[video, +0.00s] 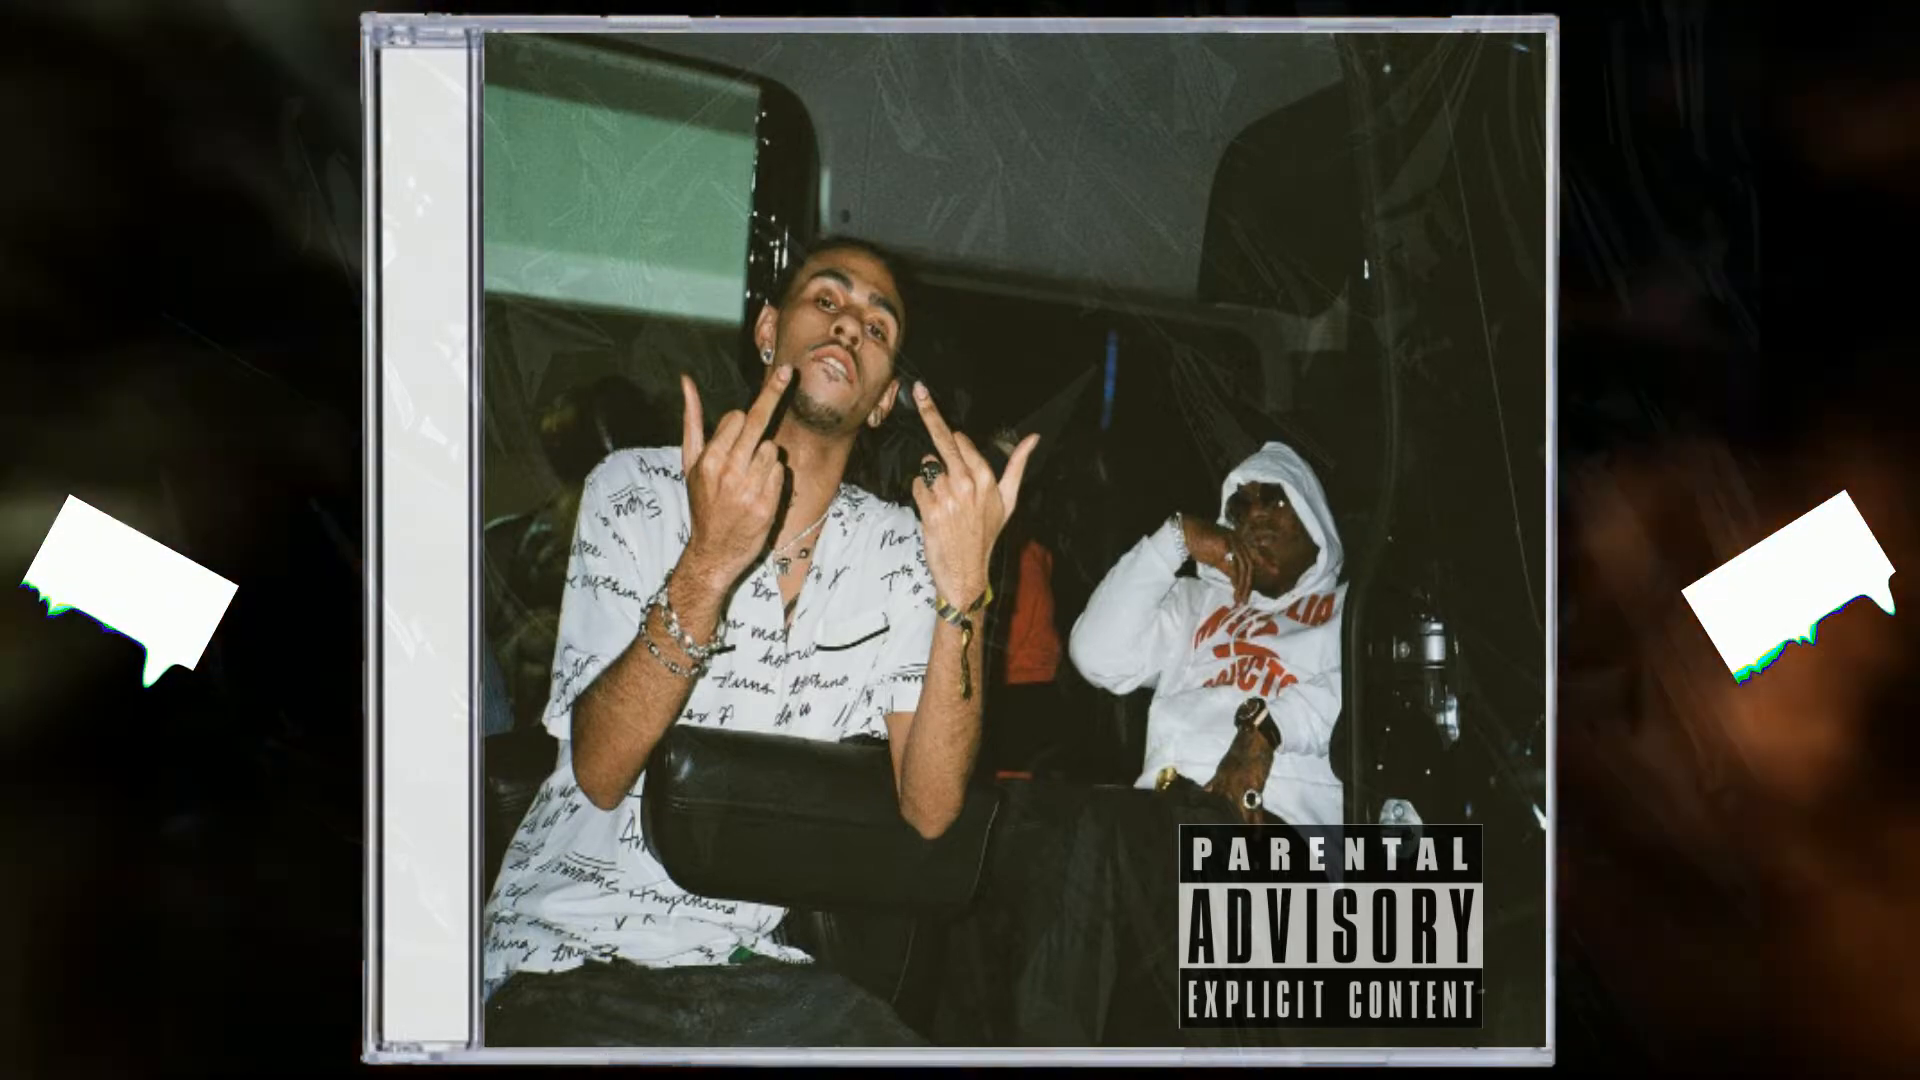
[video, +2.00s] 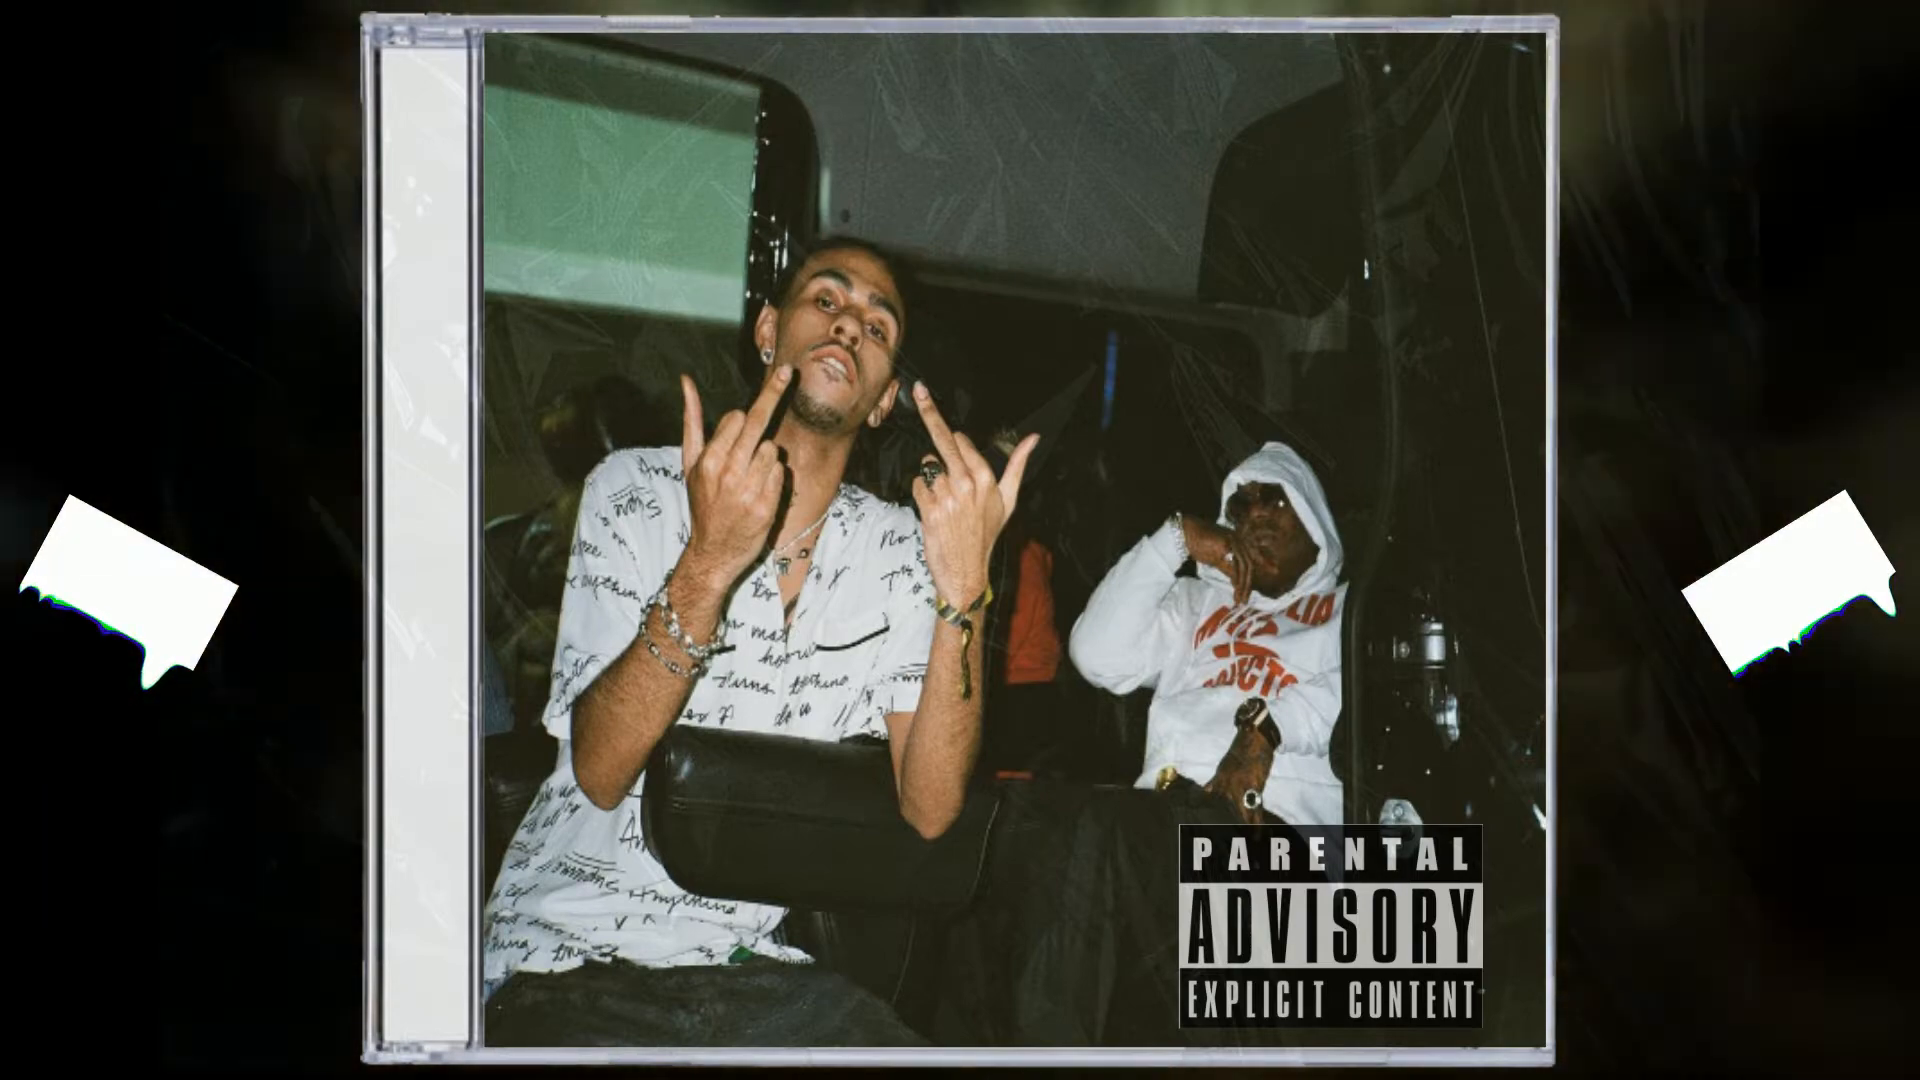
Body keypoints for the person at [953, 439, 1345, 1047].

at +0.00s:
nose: (1258, 520)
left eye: (1278, 503)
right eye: (1243, 504)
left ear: (1318, 524)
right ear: (1226, 525)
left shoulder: (1350, 610)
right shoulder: (1195, 602)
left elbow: (1343, 703)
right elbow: (1099, 658)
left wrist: (1264, 727)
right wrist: (1177, 538)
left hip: (1284, 818)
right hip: (1163, 808)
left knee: (1101, 823)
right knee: (1029, 812)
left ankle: (1050, 1050)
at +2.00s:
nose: (1258, 518)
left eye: (1278, 501)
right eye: (1245, 503)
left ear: (1318, 521)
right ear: (1227, 523)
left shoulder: (1352, 607)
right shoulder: (1198, 601)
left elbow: (1348, 701)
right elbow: (1099, 657)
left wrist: (1268, 725)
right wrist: (1177, 539)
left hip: (1284, 815)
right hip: (1167, 805)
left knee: (1101, 824)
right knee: (1025, 810)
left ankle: (1052, 1052)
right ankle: (969, 1046)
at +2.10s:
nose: (1258, 518)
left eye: (1278, 501)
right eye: (1245, 503)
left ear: (1318, 521)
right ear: (1227, 523)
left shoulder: (1351, 607)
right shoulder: (1198, 601)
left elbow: (1341, 703)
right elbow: (1099, 657)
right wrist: (1177, 539)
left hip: (1282, 816)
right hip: (1166, 805)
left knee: (1101, 824)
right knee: (1025, 809)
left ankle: (1052, 1052)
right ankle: (969, 1046)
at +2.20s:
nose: (1258, 518)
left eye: (1278, 501)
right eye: (1245, 503)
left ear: (1318, 521)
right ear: (1227, 523)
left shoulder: (1351, 607)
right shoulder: (1198, 601)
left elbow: (1341, 703)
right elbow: (1099, 657)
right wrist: (1177, 539)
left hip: (1282, 816)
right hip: (1166, 805)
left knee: (1101, 824)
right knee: (1026, 810)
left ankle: (1052, 1053)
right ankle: (969, 1046)